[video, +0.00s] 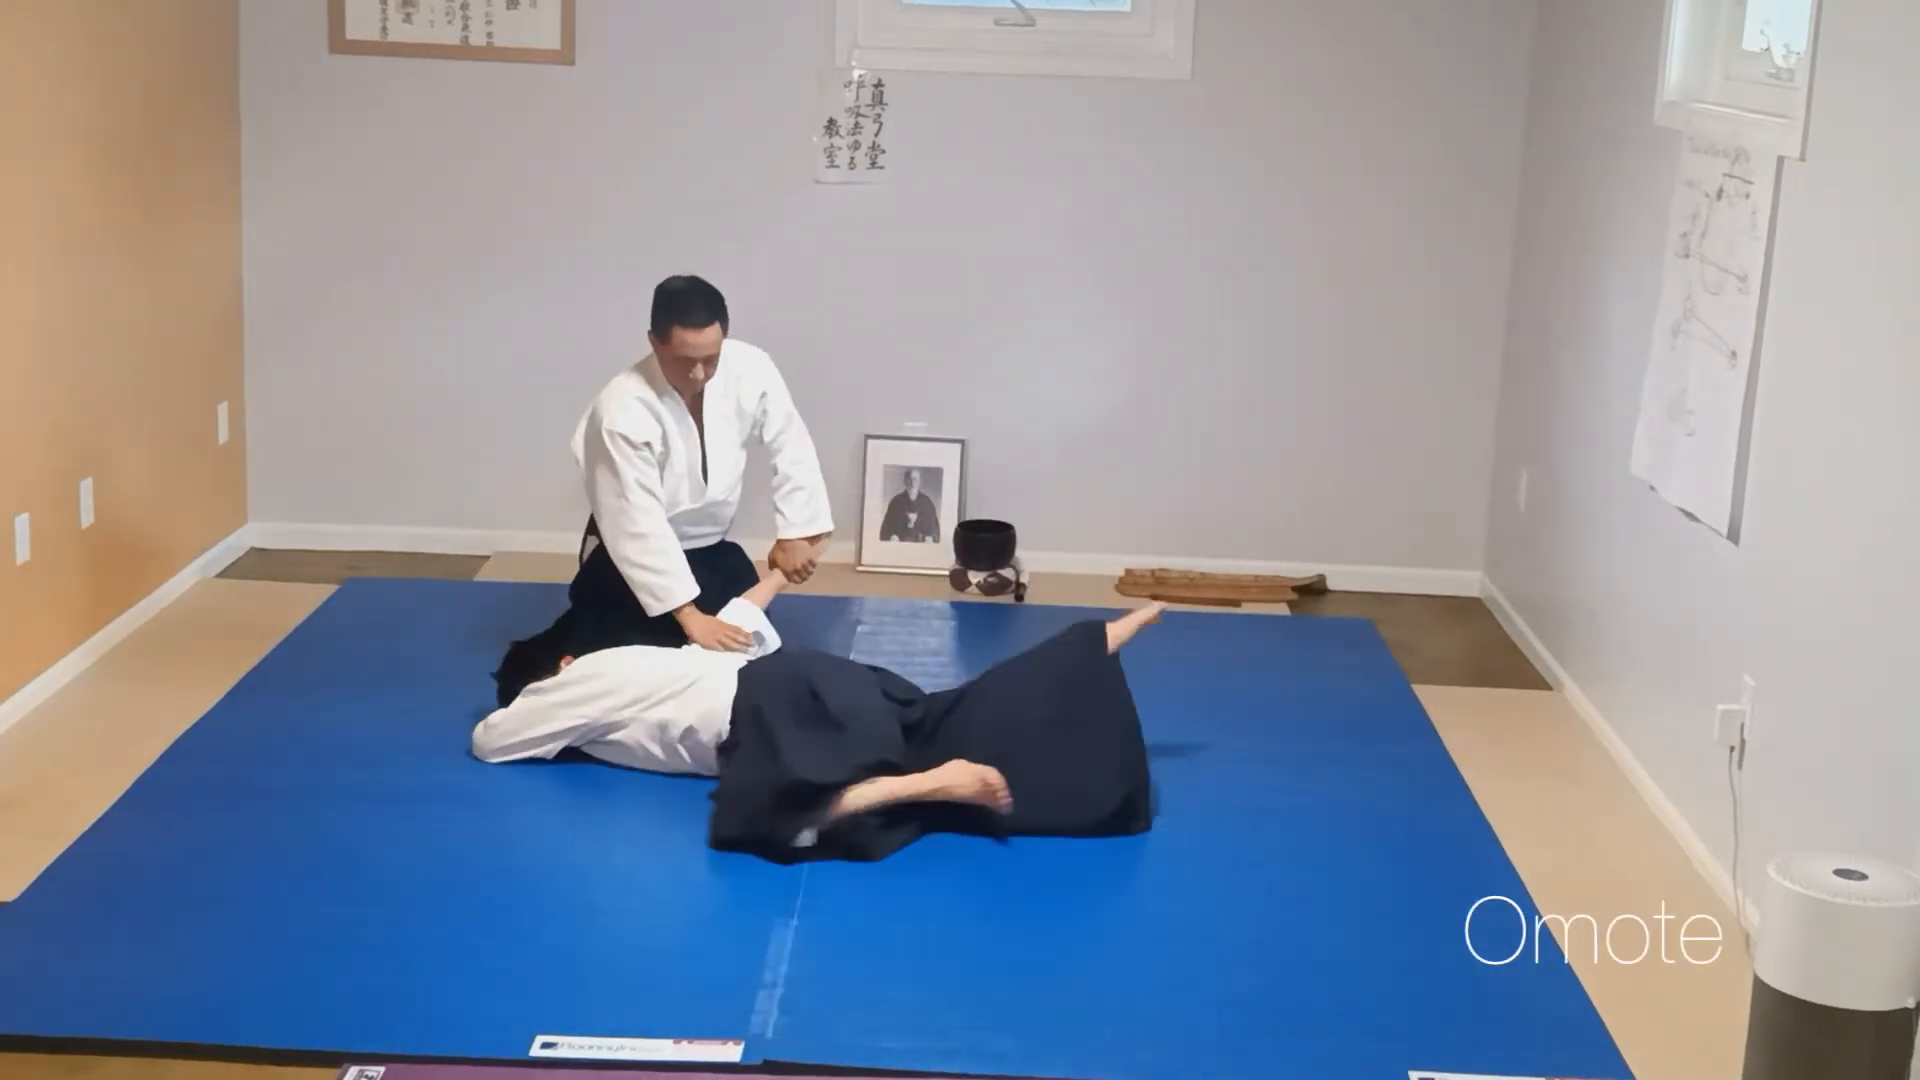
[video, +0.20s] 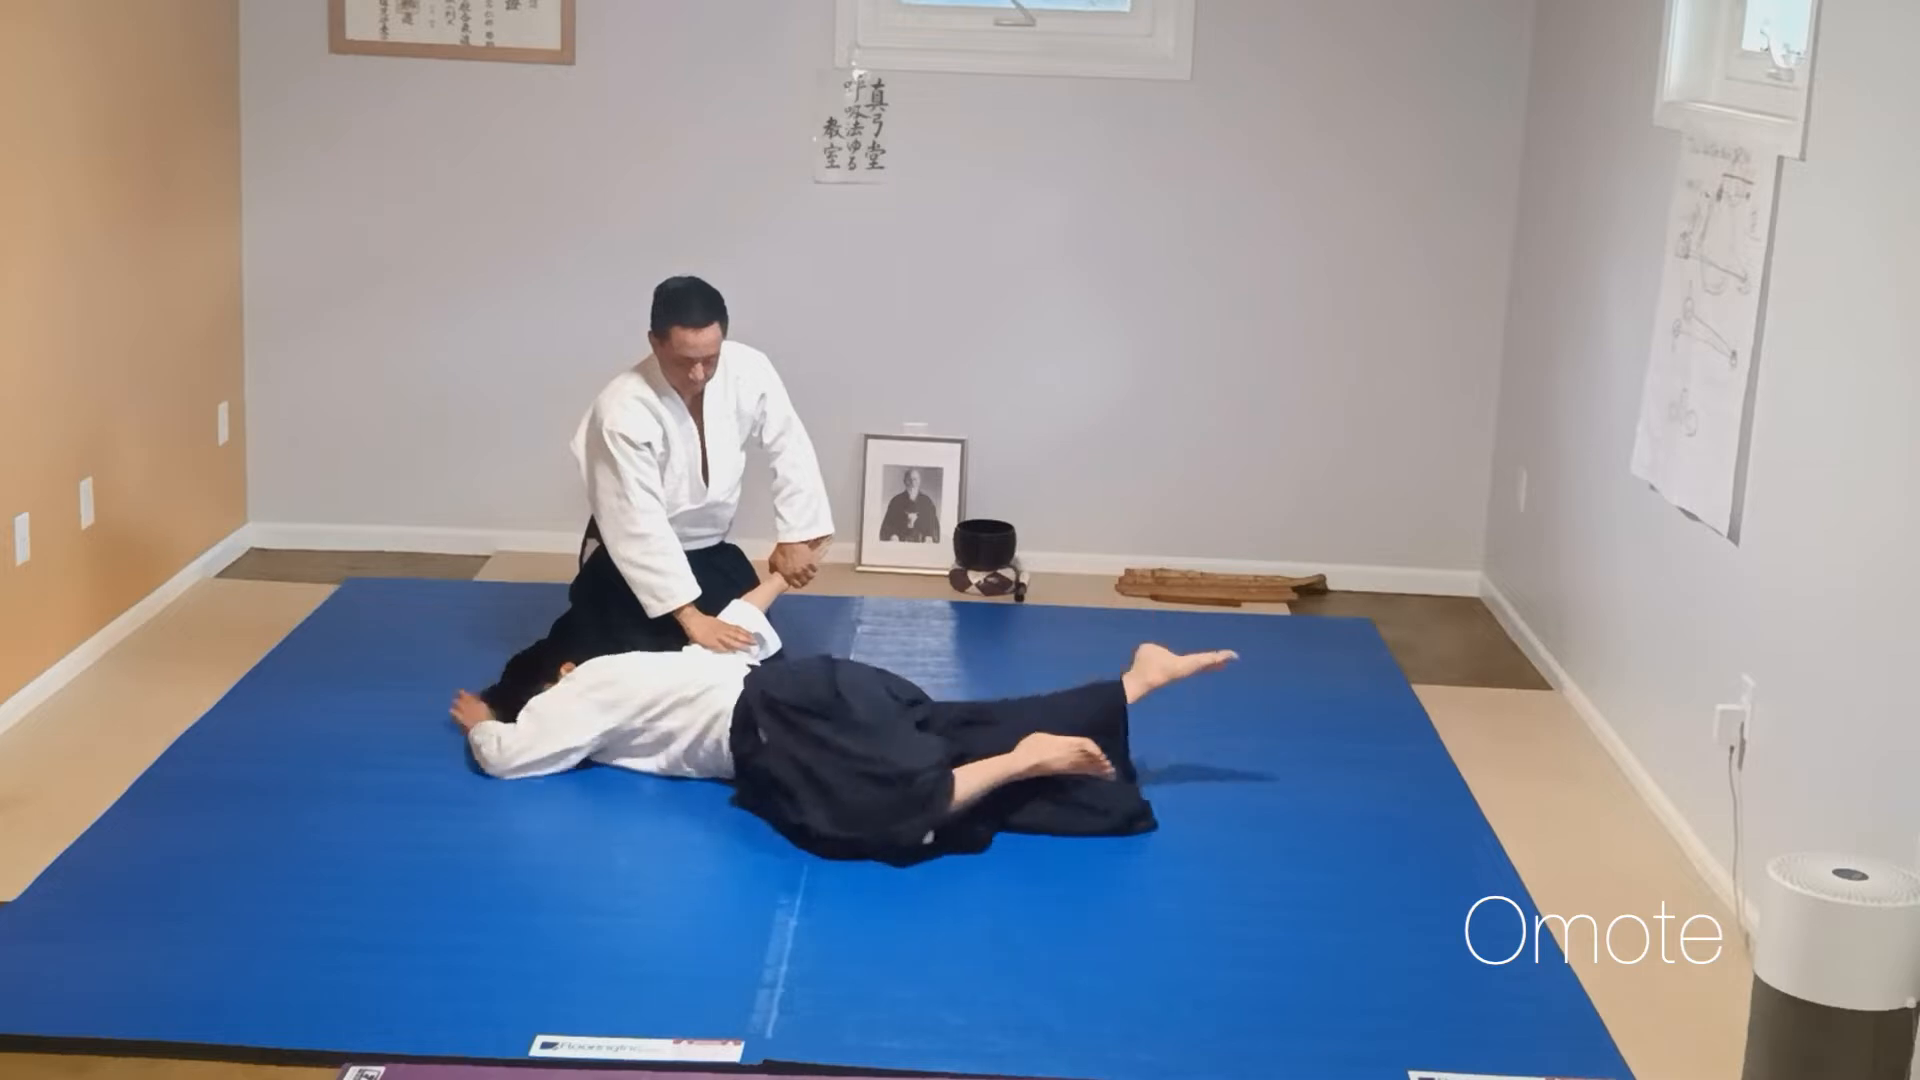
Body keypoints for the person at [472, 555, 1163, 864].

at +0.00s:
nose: (541, 708)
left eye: (536, 698)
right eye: (538, 698)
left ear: (553, 674)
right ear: (580, 653)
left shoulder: (585, 684)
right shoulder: (653, 666)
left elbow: (491, 741)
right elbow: (728, 632)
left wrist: (549, 709)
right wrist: (766, 587)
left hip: (768, 708)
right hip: (808, 673)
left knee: (779, 815)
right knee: (942, 727)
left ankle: (934, 783)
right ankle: (1096, 640)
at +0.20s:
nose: (543, 713)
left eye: (539, 703)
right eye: (542, 702)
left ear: (560, 681)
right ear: (581, 657)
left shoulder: (586, 691)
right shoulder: (659, 661)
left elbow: (504, 758)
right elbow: (740, 634)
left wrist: (475, 721)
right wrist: (765, 592)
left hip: (782, 725)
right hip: (817, 681)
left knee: (896, 815)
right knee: (964, 733)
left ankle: (1026, 761)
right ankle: (1134, 679)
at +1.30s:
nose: (544, 722)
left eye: (535, 710)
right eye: (540, 712)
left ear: (558, 685)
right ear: (576, 668)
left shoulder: (583, 699)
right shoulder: (659, 662)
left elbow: (571, 771)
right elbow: (727, 645)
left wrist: (484, 760)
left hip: (762, 732)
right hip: (811, 684)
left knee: (880, 808)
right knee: (966, 747)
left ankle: (1011, 878)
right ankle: (1163, 797)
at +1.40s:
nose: (539, 726)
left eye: (532, 712)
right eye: (536, 714)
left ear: (552, 689)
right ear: (573, 668)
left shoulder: (579, 701)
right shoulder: (653, 658)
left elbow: (563, 778)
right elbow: (716, 627)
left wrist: (484, 759)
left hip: (760, 740)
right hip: (807, 685)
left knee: (885, 809)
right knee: (966, 745)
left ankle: (1022, 863)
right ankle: (1165, 795)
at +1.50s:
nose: (534, 726)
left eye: (527, 712)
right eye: (530, 712)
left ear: (547, 692)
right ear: (570, 668)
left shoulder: (575, 706)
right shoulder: (652, 653)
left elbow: (560, 778)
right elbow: (708, 623)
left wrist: (483, 759)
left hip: (754, 737)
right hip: (806, 687)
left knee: (885, 806)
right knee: (965, 745)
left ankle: (1035, 847)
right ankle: (1165, 795)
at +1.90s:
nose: (531, 719)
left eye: (524, 708)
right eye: (530, 707)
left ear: (539, 693)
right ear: (570, 668)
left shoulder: (569, 702)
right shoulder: (644, 656)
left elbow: (559, 779)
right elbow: (706, 636)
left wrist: (486, 759)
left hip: (749, 738)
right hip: (805, 687)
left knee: (888, 807)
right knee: (964, 748)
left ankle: (1031, 852)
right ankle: (1160, 796)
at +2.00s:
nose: (536, 720)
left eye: (527, 710)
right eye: (533, 709)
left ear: (546, 692)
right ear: (573, 664)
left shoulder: (573, 699)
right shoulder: (647, 660)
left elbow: (558, 778)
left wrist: (488, 759)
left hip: (748, 737)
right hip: (802, 687)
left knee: (889, 809)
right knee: (964, 748)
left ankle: (1030, 860)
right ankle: (1159, 797)